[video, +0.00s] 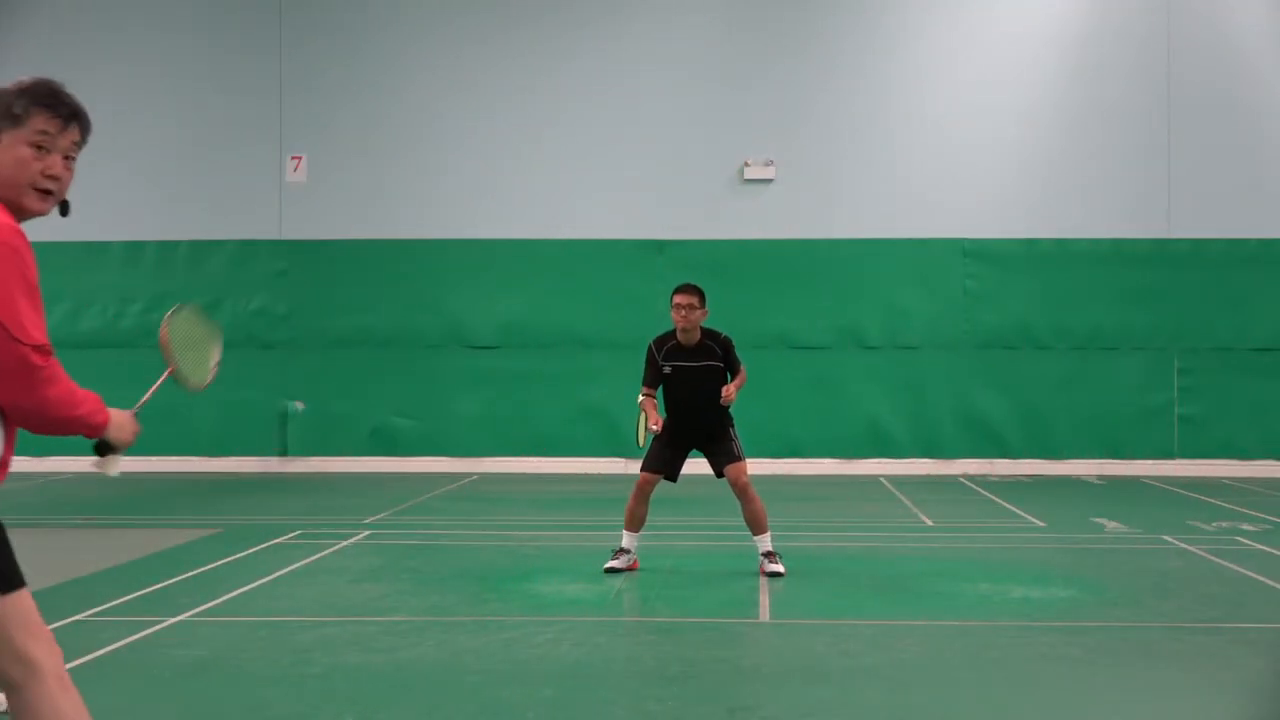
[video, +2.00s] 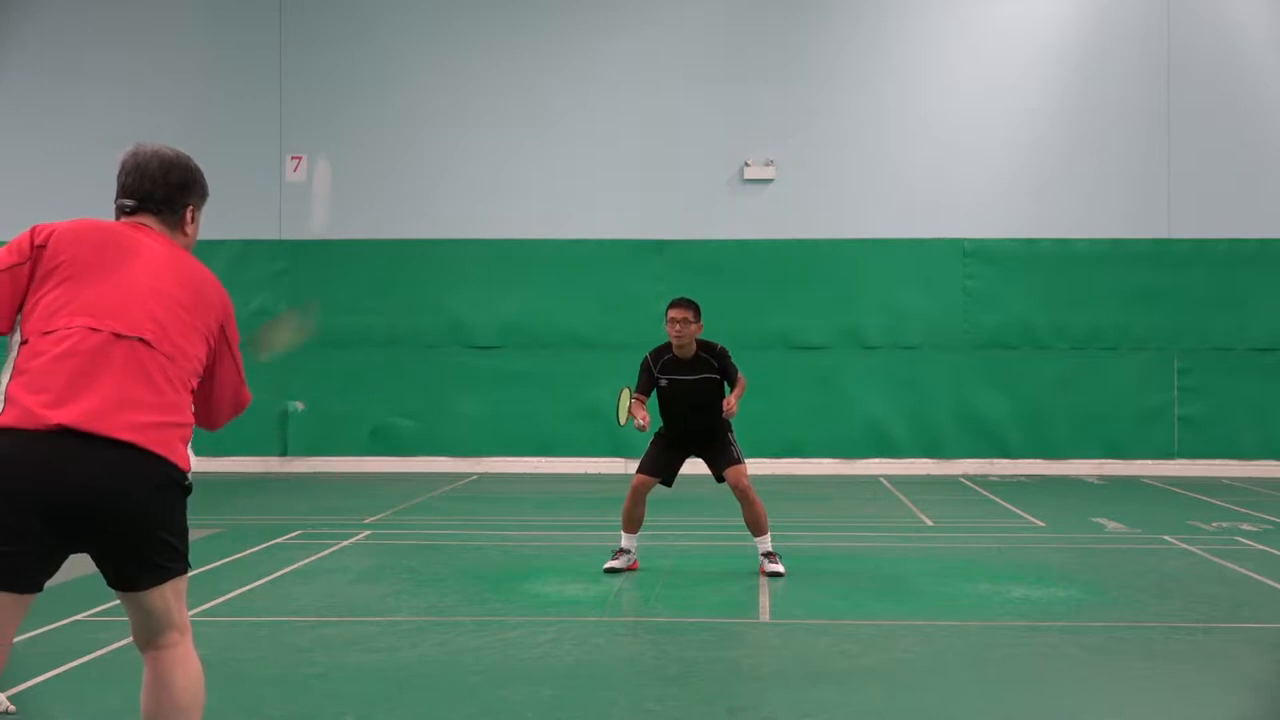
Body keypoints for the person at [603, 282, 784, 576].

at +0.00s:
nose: (682, 313)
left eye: (689, 308)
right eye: (677, 307)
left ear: (703, 313)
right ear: (671, 311)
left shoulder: (721, 344)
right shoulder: (659, 347)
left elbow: (739, 373)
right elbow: (648, 393)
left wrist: (734, 387)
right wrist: (652, 413)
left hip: (716, 425)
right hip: (675, 425)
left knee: (741, 482)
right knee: (644, 482)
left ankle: (767, 553)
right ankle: (627, 551)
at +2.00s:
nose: (677, 328)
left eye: (684, 322)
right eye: (672, 322)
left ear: (698, 326)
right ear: (666, 326)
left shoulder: (715, 354)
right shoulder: (655, 359)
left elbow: (739, 381)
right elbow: (637, 401)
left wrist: (734, 397)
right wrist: (641, 414)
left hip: (714, 433)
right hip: (672, 435)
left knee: (742, 485)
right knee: (638, 485)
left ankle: (767, 553)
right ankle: (627, 551)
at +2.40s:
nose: (661, 311)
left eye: (671, 309)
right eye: (660, 306)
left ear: (684, 322)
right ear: (653, 312)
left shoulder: (696, 354)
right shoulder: (639, 352)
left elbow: (721, 387)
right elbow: (622, 392)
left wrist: (722, 404)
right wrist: (604, 412)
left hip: (696, 431)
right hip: (658, 431)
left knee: (718, 488)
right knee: (635, 481)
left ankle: (762, 548)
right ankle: (620, 553)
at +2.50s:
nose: (652, 301)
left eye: (661, 300)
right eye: (652, 296)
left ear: (675, 314)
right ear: (647, 303)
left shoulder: (687, 347)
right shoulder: (634, 342)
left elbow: (714, 382)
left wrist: (711, 398)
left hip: (690, 422)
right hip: (654, 423)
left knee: (693, 478)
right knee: (628, 476)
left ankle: (730, 550)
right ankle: (615, 549)